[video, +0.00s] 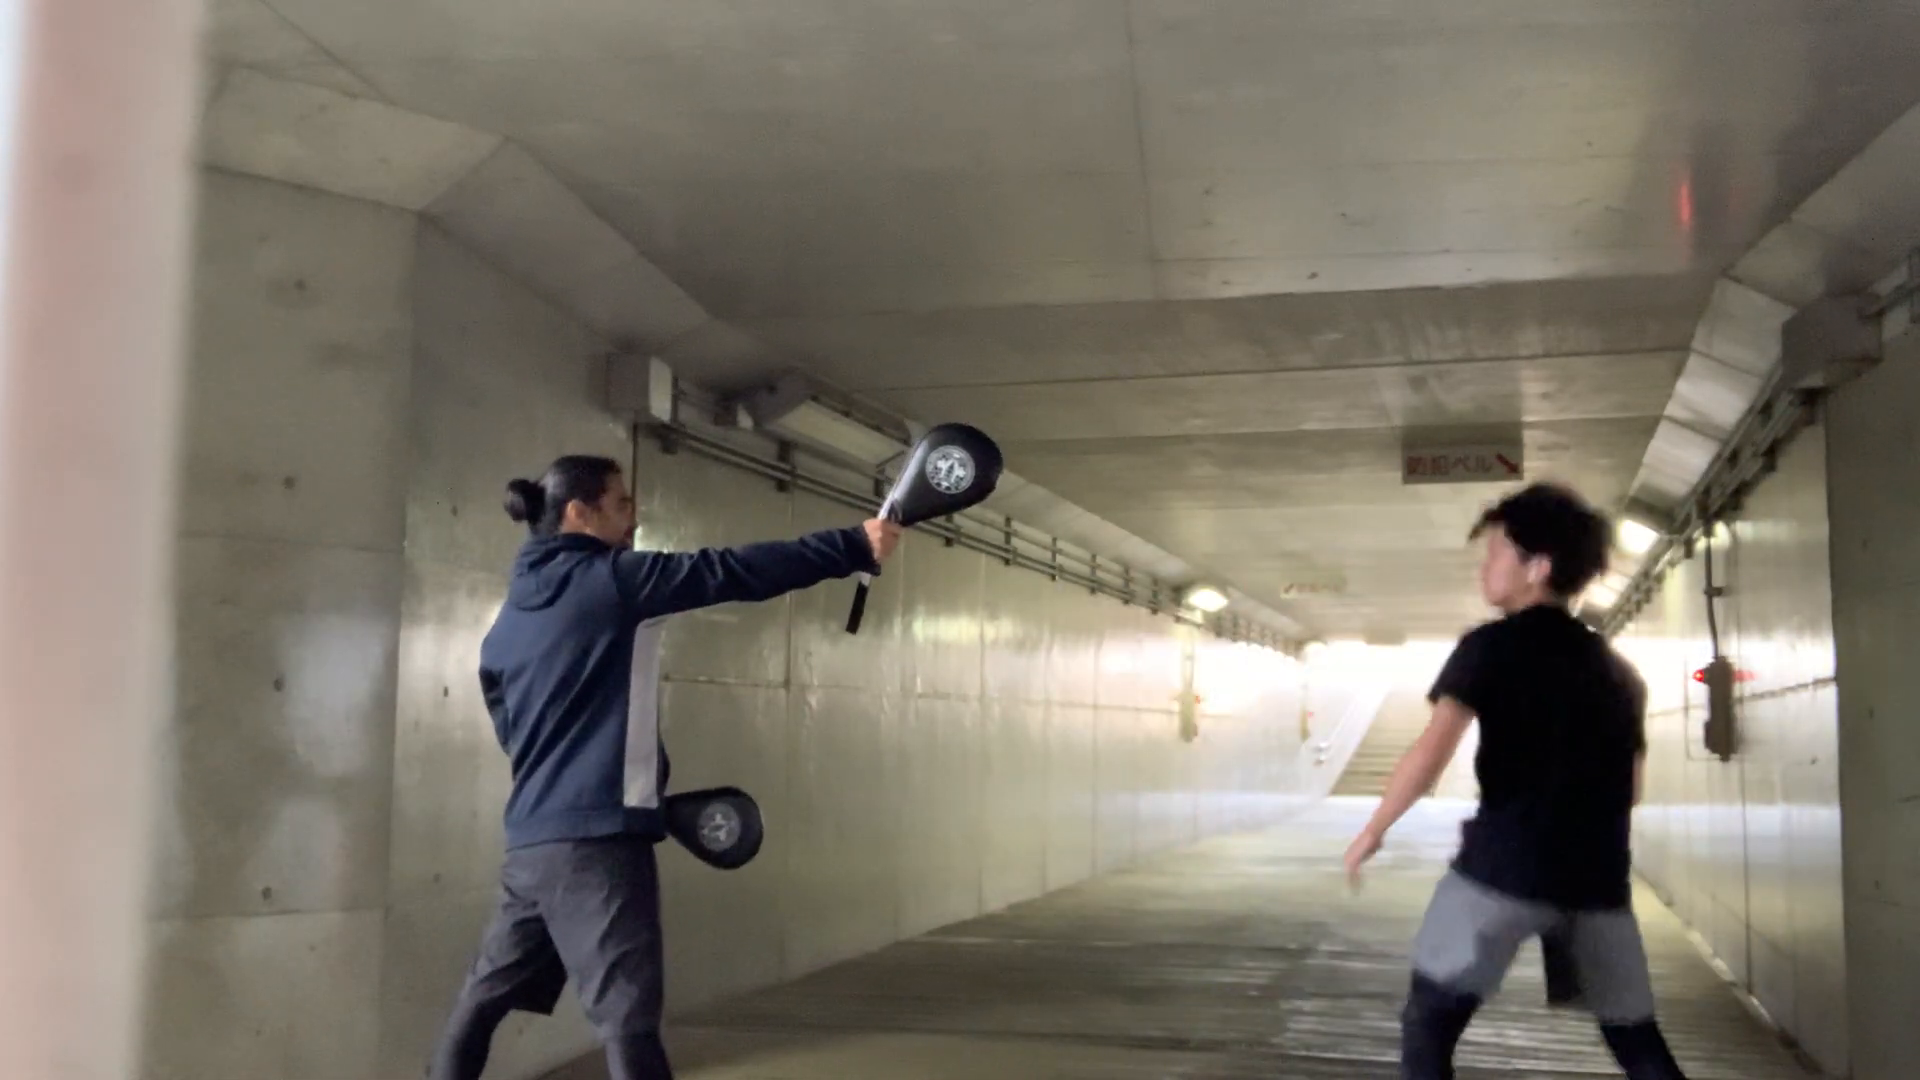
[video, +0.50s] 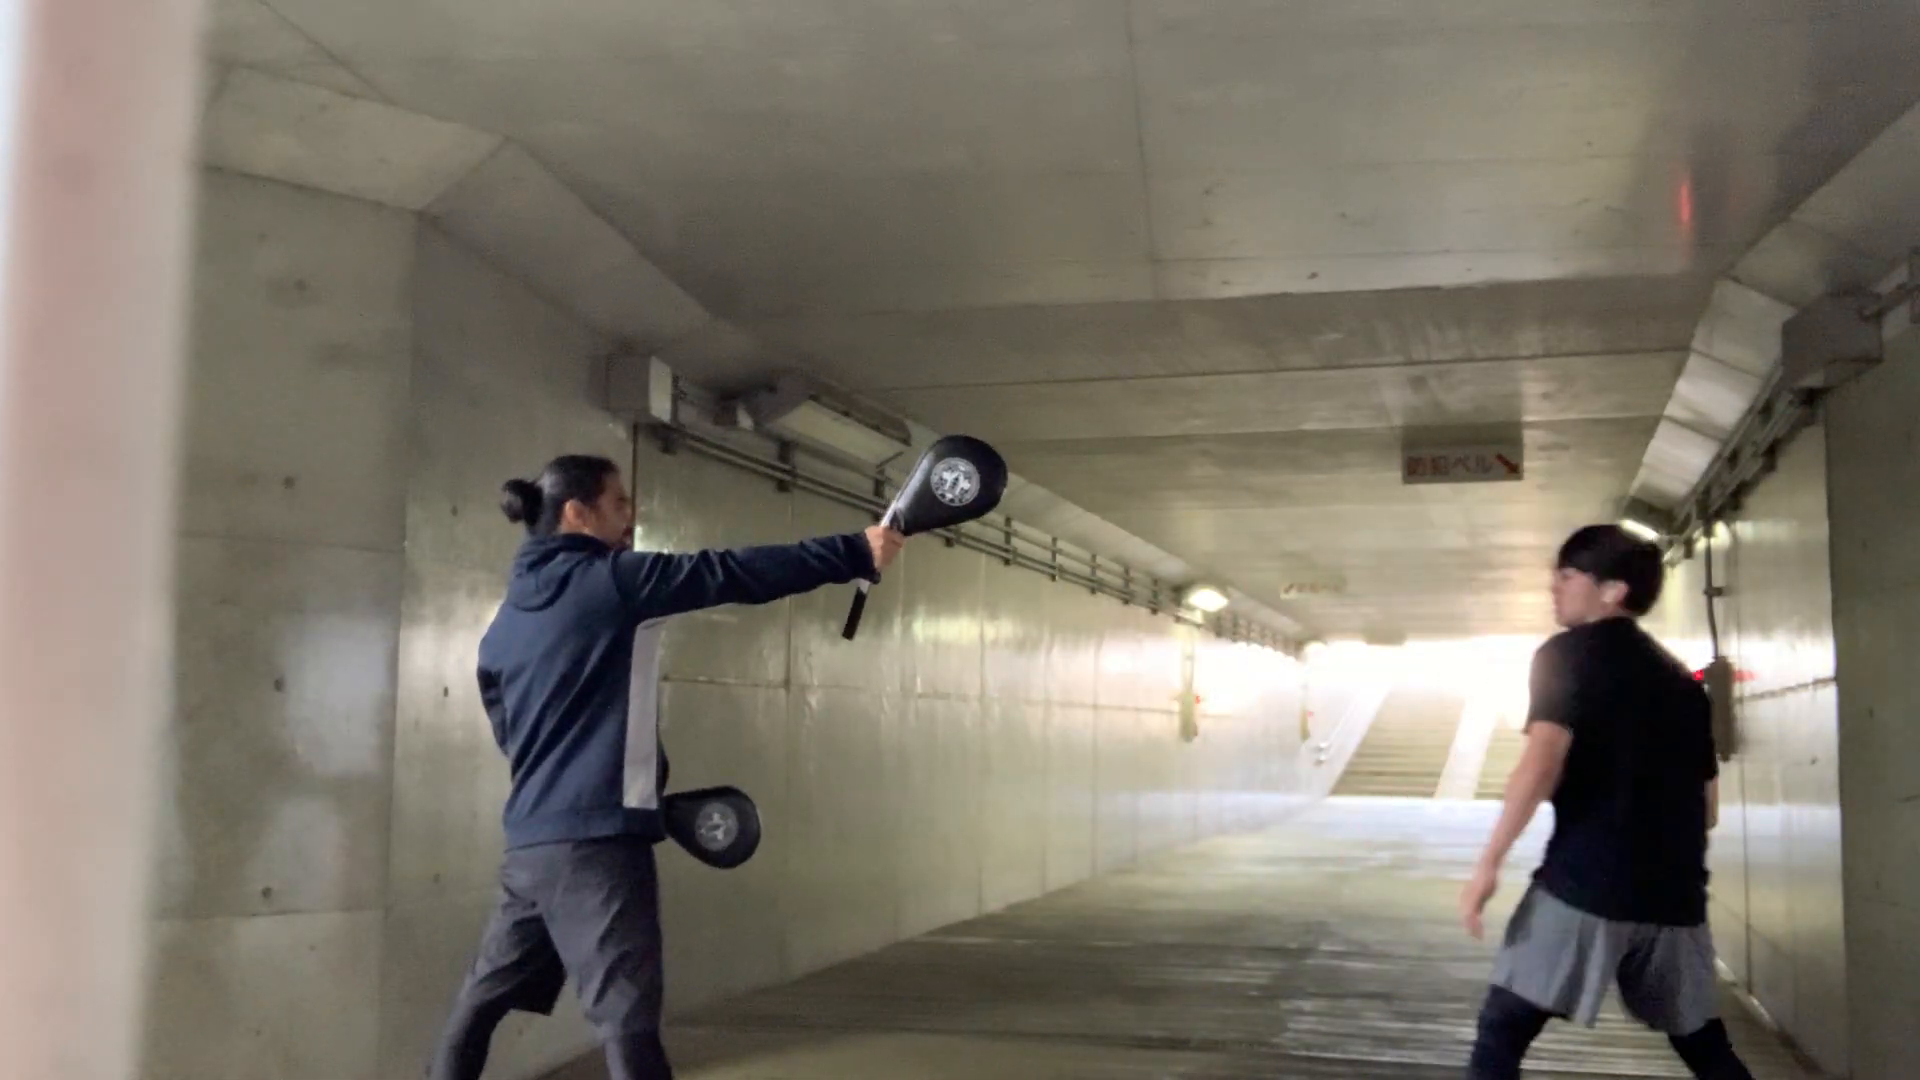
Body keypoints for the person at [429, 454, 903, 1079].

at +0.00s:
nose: (634, 517)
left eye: (631, 504)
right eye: (623, 505)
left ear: (568, 517)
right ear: (580, 512)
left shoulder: (502, 632)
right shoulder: (612, 578)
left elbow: (528, 746)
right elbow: (731, 571)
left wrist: (639, 789)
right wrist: (855, 545)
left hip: (533, 839)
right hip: (596, 838)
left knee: (479, 1006)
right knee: (628, 1025)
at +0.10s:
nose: (634, 517)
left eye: (631, 504)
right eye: (624, 504)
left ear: (568, 516)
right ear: (580, 512)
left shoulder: (502, 632)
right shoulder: (613, 578)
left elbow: (527, 745)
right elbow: (732, 571)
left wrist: (639, 787)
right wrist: (855, 545)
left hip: (532, 840)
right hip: (596, 839)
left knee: (478, 1006)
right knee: (628, 1027)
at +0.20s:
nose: (634, 519)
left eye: (631, 506)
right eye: (623, 506)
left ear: (568, 517)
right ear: (579, 512)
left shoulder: (501, 633)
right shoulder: (612, 578)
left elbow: (526, 747)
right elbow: (731, 572)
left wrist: (638, 785)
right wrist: (855, 545)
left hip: (531, 841)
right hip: (596, 840)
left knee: (477, 1008)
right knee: (628, 1029)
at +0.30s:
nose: (634, 517)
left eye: (630, 504)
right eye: (623, 504)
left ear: (568, 517)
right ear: (578, 513)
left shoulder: (501, 633)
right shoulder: (611, 578)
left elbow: (526, 747)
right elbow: (731, 572)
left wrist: (637, 785)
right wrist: (855, 546)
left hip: (532, 841)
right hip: (595, 841)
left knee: (477, 1009)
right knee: (628, 1029)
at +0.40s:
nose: (634, 515)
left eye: (630, 502)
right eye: (622, 503)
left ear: (567, 517)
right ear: (577, 512)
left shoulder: (500, 632)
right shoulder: (613, 578)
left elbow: (523, 744)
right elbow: (732, 572)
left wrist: (633, 778)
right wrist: (854, 549)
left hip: (531, 841)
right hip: (596, 839)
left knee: (476, 1009)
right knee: (629, 1026)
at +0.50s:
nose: (632, 518)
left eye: (629, 505)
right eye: (621, 505)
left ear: (567, 517)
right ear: (576, 513)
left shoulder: (500, 632)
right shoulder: (613, 578)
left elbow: (522, 744)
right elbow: (731, 573)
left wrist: (633, 778)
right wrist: (856, 552)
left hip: (532, 840)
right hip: (595, 839)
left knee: (477, 1007)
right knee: (627, 1025)